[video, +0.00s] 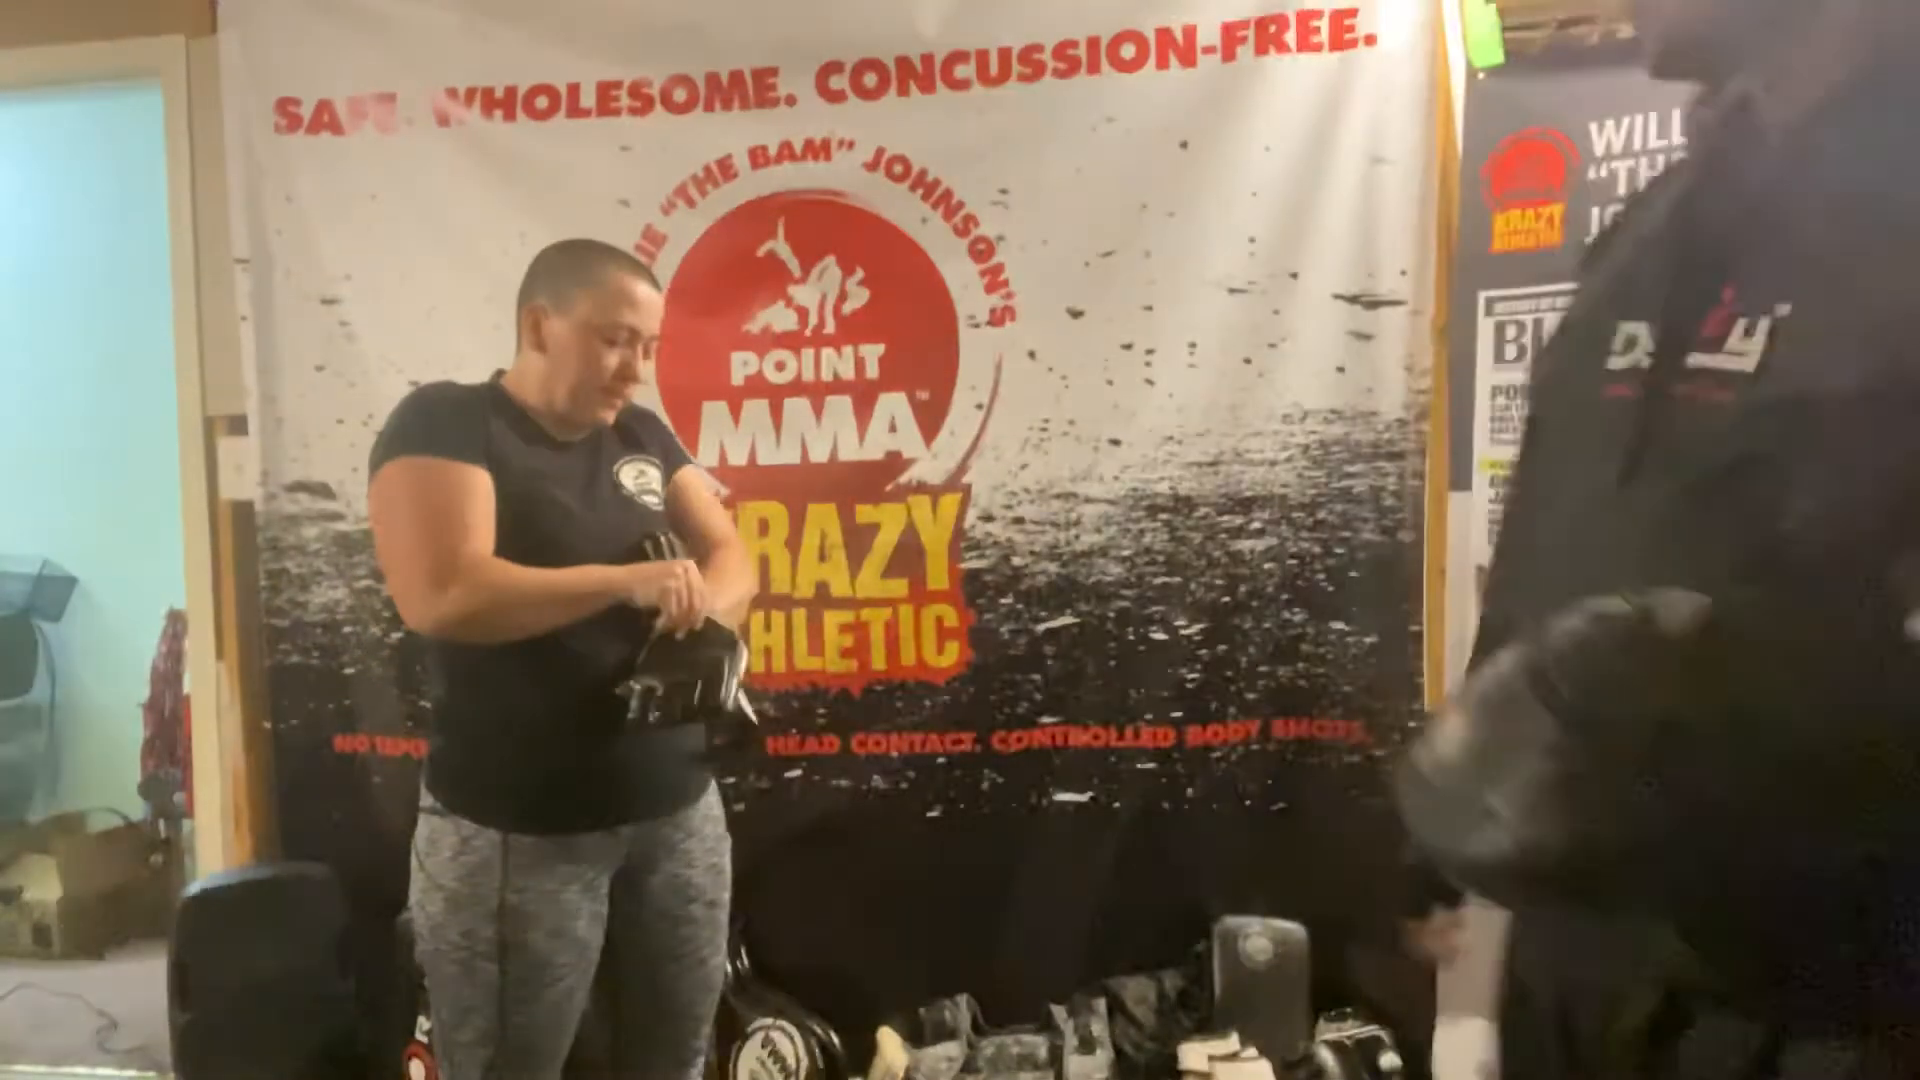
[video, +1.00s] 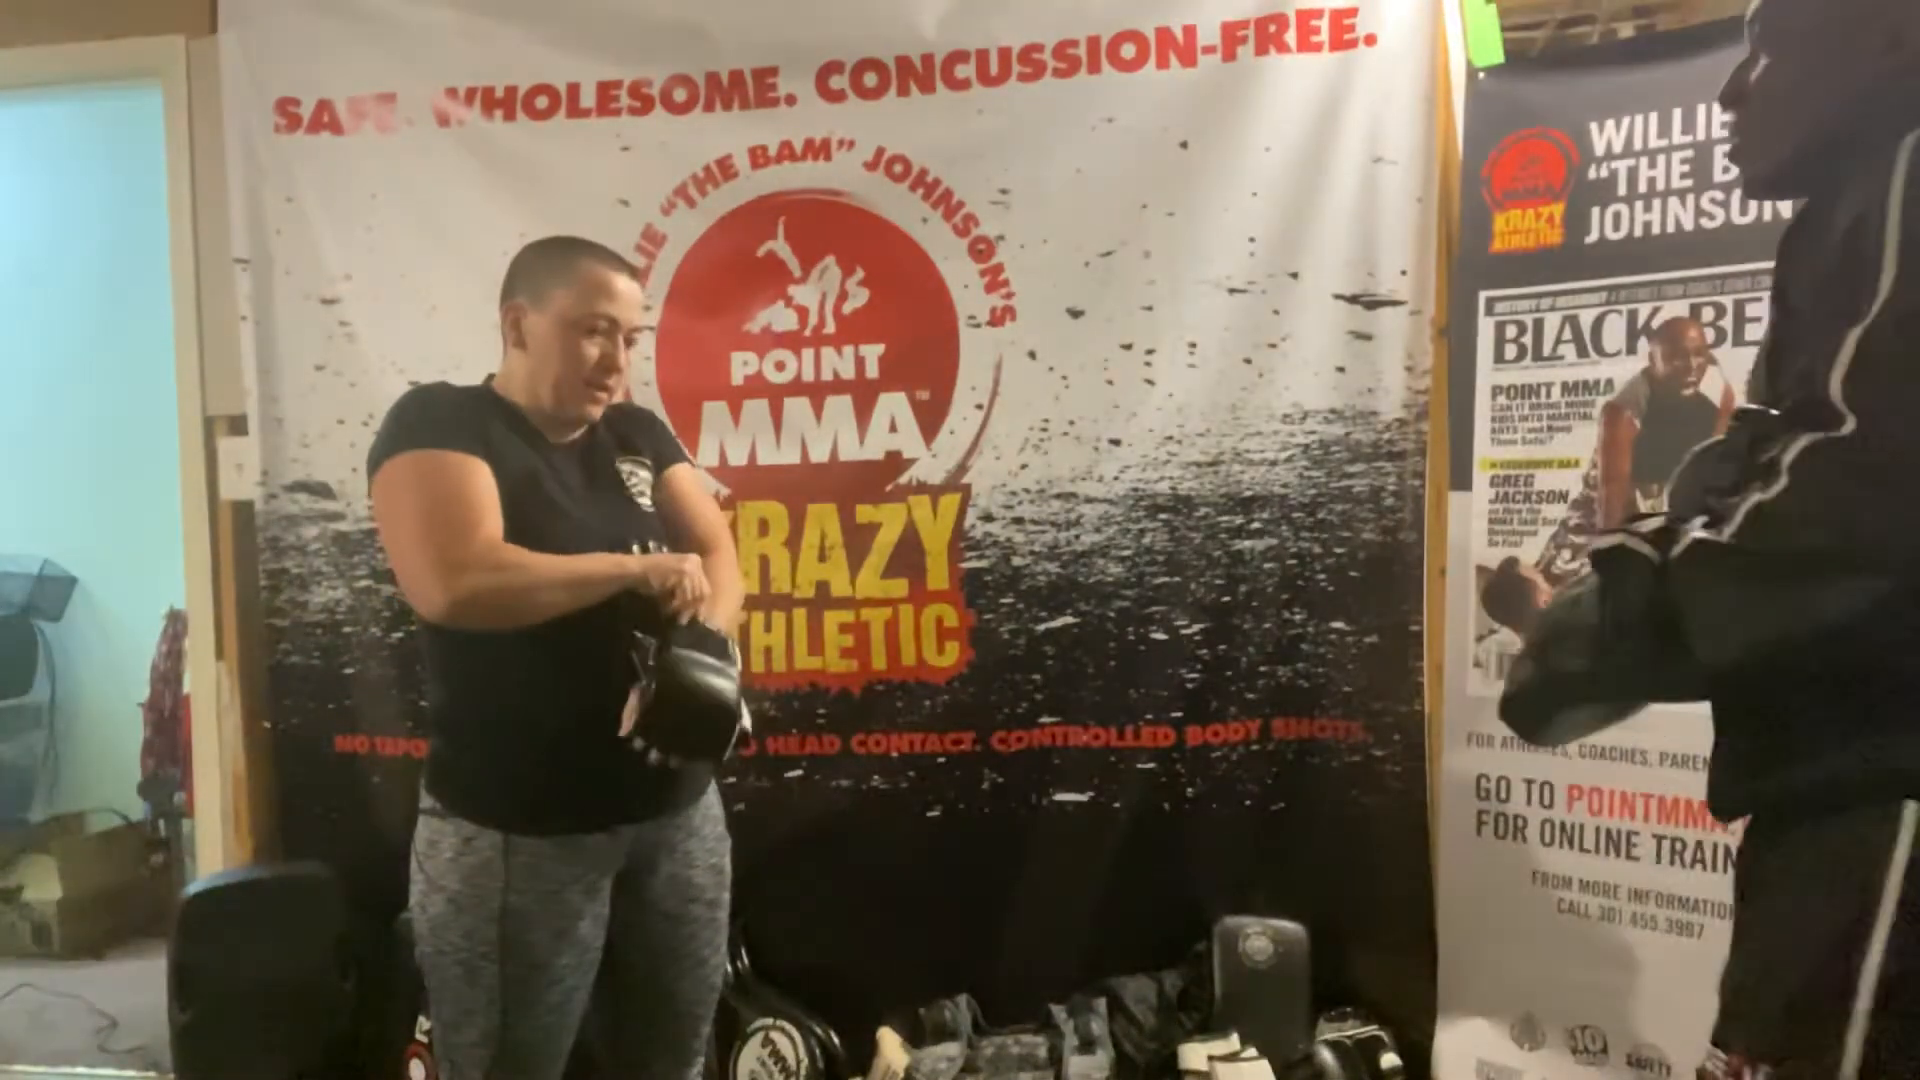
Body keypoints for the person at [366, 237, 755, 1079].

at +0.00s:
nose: (639, 370)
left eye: (648, 347)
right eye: (619, 341)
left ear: (654, 347)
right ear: (540, 326)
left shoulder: (643, 437)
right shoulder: (440, 425)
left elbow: (734, 560)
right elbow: (441, 594)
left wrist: (701, 614)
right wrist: (623, 580)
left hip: (675, 825)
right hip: (511, 841)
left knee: (666, 1066)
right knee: (502, 1068)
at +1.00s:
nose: (619, 360)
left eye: (630, 338)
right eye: (597, 333)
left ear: (637, 340)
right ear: (518, 323)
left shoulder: (638, 434)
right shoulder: (436, 423)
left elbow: (716, 547)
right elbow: (451, 581)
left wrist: (697, 666)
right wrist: (633, 569)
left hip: (674, 822)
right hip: (512, 836)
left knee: (663, 1064)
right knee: (502, 1067)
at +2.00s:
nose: (609, 343)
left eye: (622, 321)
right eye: (581, 318)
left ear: (633, 326)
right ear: (506, 326)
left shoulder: (647, 444)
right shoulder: (438, 433)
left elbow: (716, 596)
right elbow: (420, 615)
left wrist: (754, 592)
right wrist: (602, 577)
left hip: (668, 824)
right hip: (502, 842)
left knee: (662, 1065)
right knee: (496, 1069)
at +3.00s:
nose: (607, 341)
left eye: (616, 320)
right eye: (580, 316)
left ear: (625, 329)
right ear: (502, 324)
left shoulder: (641, 439)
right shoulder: (431, 432)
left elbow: (724, 572)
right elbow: (419, 614)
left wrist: (721, 593)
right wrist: (616, 595)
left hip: (670, 827)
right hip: (505, 844)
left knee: (662, 1065)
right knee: (497, 1068)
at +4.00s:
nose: (611, 343)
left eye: (620, 322)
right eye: (586, 316)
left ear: (628, 331)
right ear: (505, 319)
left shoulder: (634, 443)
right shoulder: (433, 428)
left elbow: (712, 571)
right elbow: (420, 608)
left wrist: (744, 579)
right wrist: (604, 598)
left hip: (672, 828)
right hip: (505, 846)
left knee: (664, 1065)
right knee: (501, 1068)